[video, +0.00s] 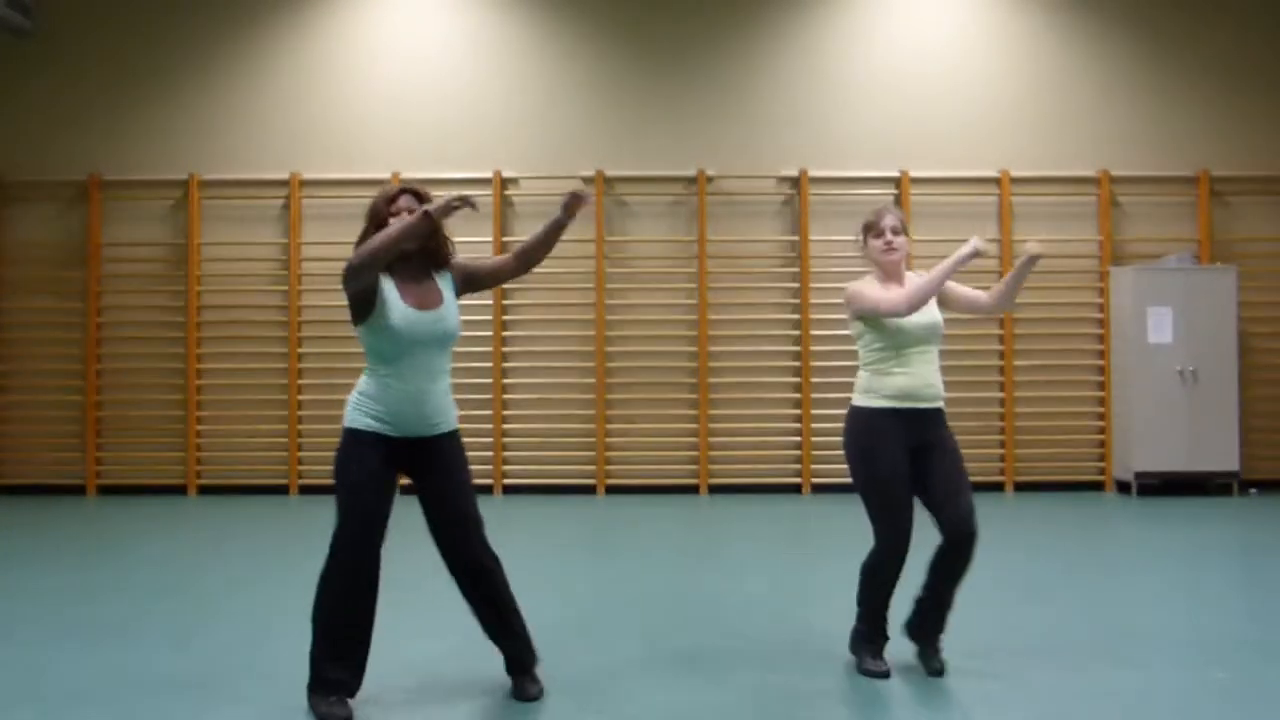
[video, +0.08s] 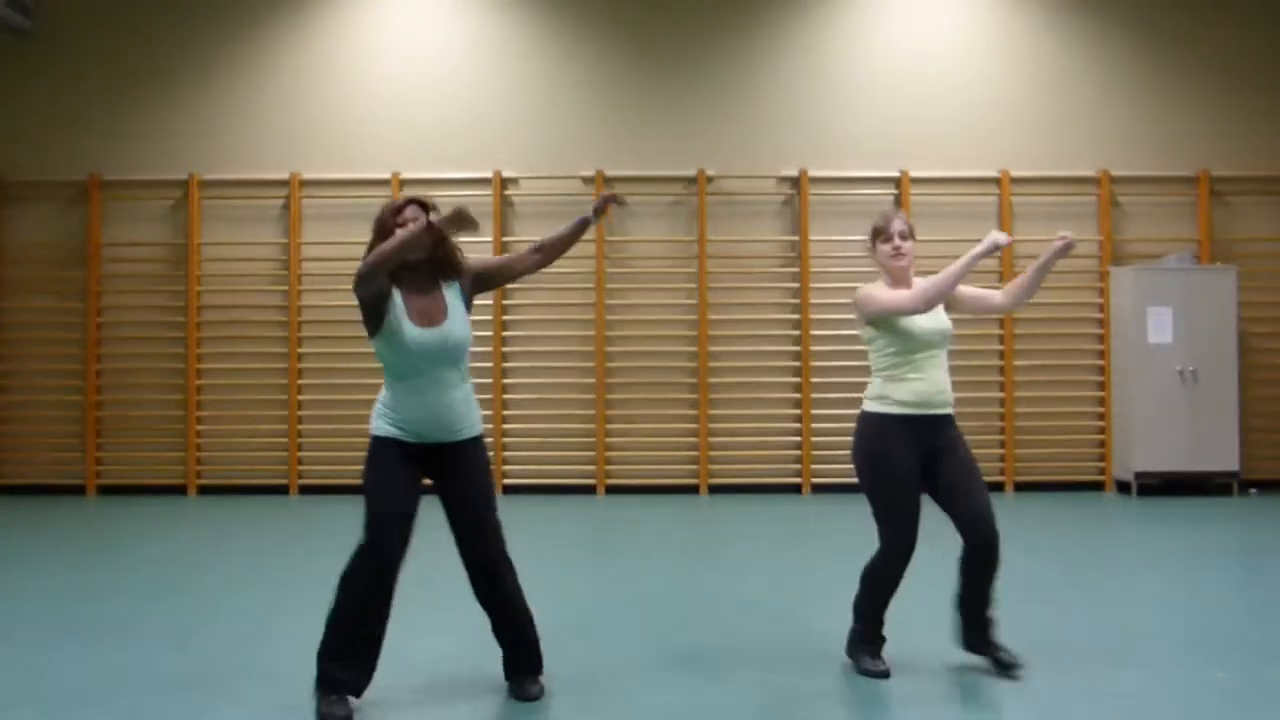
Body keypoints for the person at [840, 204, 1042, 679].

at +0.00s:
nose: (889, 239)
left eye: (896, 232)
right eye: (879, 234)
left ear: (909, 240)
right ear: (865, 246)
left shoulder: (929, 285)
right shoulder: (859, 292)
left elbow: (992, 303)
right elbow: (900, 304)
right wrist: (959, 258)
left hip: (928, 425)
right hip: (875, 426)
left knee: (961, 532)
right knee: (893, 538)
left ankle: (926, 630)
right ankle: (868, 642)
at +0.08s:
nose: (897, 245)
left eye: (904, 238)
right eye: (887, 239)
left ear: (916, 245)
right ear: (874, 250)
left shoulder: (935, 291)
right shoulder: (868, 296)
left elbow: (1003, 300)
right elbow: (920, 299)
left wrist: (1048, 259)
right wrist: (981, 249)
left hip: (940, 431)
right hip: (885, 434)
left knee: (982, 535)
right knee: (898, 545)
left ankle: (977, 635)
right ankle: (863, 642)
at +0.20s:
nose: (909, 254)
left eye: (916, 246)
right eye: (898, 249)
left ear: (928, 253)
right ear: (884, 261)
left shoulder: (952, 293)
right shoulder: (882, 311)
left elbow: (1012, 321)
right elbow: (926, 335)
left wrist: (1067, 294)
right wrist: (994, 295)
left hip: (966, 434)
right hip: (909, 438)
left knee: (993, 544)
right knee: (923, 554)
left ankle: (1024, 649)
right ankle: (869, 640)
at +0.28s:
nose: (914, 259)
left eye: (921, 251)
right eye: (903, 254)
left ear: (933, 259)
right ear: (890, 266)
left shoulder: (959, 297)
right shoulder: (886, 320)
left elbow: (1006, 340)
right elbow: (918, 374)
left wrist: (1057, 348)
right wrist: (983, 359)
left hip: (982, 433)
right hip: (925, 441)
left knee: (1004, 545)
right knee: (950, 552)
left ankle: (1025, 649)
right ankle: (895, 633)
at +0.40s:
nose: (922, 264)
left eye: (929, 256)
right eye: (911, 259)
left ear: (942, 263)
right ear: (898, 270)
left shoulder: (971, 308)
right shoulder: (888, 324)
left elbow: (1009, 369)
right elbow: (880, 398)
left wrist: (997, 415)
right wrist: (931, 425)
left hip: (991, 441)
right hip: (932, 451)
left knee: (1006, 549)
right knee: (951, 560)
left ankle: (1027, 650)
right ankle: (969, 645)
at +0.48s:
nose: (925, 258)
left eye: (932, 250)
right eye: (914, 253)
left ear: (945, 259)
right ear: (901, 266)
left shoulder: (973, 308)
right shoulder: (886, 316)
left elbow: (999, 375)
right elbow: (847, 369)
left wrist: (936, 386)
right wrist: (875, 387)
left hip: (987, 440)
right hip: (925, 448)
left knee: (1002, 545)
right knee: (912, 547)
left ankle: (1027, 648)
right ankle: (933, 630)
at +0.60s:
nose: (914, 250)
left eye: (922, 243)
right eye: (904, 244)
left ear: (936, 252)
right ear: (893, 254)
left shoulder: (954, 298)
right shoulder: (880, 299)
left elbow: (941, 351)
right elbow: (827, 322)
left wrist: (876, 321)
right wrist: (808, 309)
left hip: (963, 436)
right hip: (902, 439)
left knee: (988, 543)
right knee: (857, 532)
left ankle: (1026, 647)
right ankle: (857, 632)